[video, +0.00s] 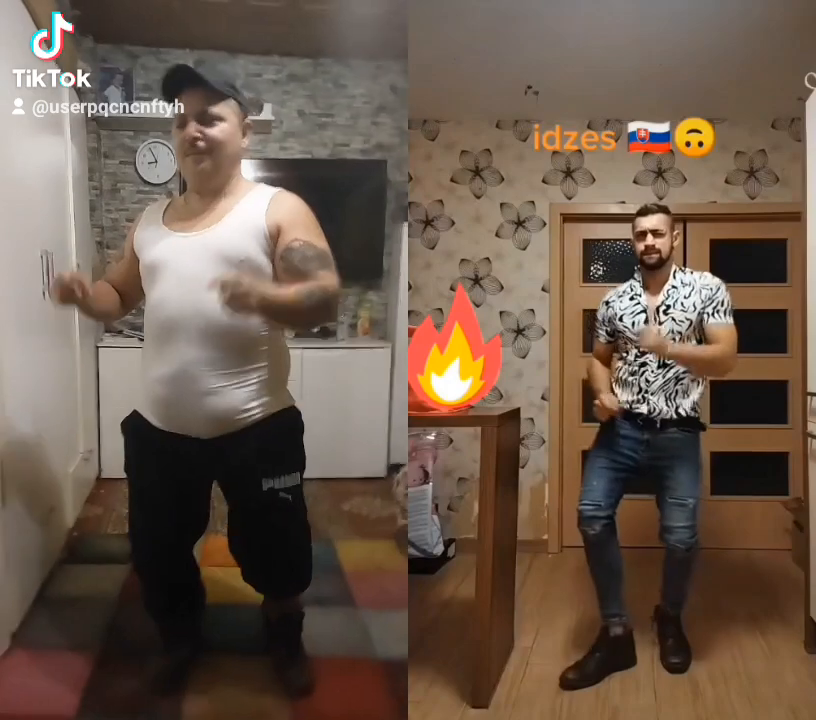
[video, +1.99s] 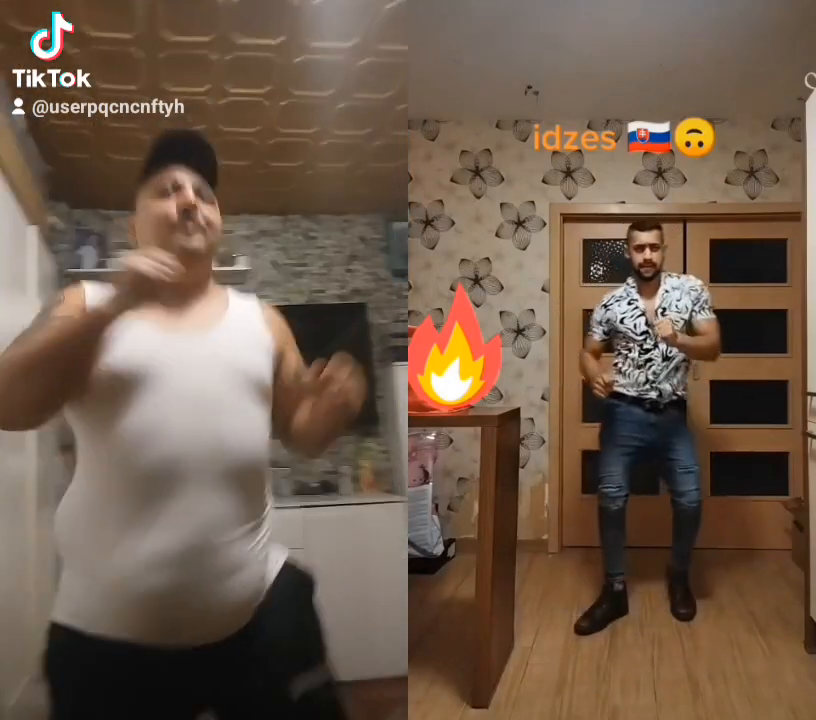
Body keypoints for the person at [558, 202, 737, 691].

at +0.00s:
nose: (648, 242)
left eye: (657, 234)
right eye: (641, 235)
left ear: (675, 239)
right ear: (633, 242)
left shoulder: (707, 288)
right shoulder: (616, 300)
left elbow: (724, 358)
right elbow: (599, 359)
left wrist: (665, 349)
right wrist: (602, 392)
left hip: (678, 434)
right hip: (622, 431)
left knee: (680, 536)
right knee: (592, 518)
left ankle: (671, 620)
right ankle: (616, 635)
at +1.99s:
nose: (647, 255)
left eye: (654, 248)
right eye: (639, 248)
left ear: (664, 251)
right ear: (628, 252)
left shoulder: (689, 289)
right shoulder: (612, 303)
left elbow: (712, 346)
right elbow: (589, 354)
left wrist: (676, 338)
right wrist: (596, 375)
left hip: (671, 415)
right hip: (624, 414)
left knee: (689, 500)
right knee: (611, 497)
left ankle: (679, 577)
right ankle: (614, 591)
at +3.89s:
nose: (613, 277)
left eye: (618, 271)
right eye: (607, 270)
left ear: (624, 272)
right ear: (591, 271)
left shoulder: (643, 304)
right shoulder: (575, 317)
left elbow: (662, 356)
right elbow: (556, 367)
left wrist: (645, 346)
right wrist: (567, 388)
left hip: (638, 414)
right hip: (596, 414)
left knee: (664, 483)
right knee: (593, 490)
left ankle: (660, 581)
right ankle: (606, 570)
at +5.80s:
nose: (646, 265)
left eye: (653, 259)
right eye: (640, 260)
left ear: (665, 263)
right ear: (634, 265)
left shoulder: (689, 302)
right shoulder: (619, 310)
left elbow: (702, 354)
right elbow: (604, 354)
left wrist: (659, 339)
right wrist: (605, 376)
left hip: (678, 414)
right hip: (631, 412)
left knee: (689, 488)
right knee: (603, 478)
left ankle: (673, 564)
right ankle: (617, 565)